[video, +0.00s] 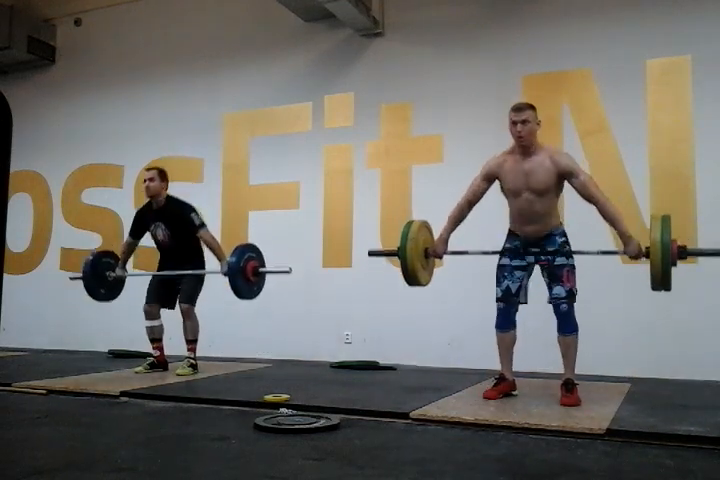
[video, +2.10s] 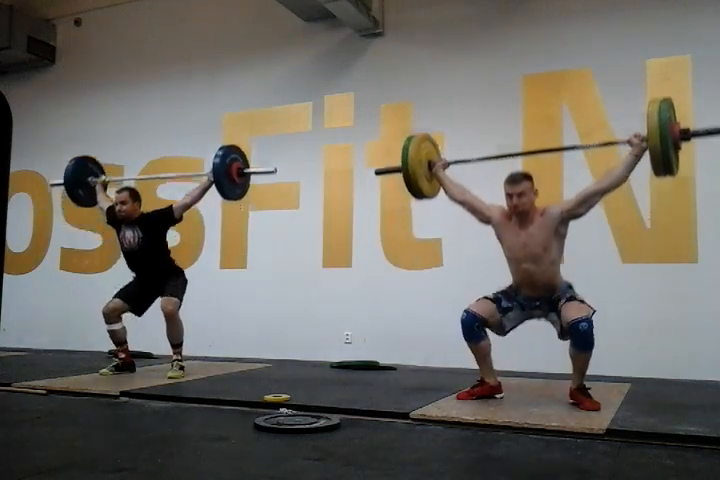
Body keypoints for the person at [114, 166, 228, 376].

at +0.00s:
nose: (146, 184)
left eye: (151, 180)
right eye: (144, 181)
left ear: (164, 184)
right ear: (143, 186)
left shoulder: (183, 209)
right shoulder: (144, 214)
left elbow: (205, 235)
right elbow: (131, 242)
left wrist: (223, 260)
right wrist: (121, 265)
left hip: (193, 265)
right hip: (167, 265)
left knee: (186, 306)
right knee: (150, 308)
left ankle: (191, 360)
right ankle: (159, 359)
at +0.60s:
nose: (169, 163)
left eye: (175, 161)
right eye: (168, 161)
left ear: (185, 170)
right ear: (164, 168)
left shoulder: (191, 193)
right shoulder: (153, 195)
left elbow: (207, 214)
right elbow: (133, 220)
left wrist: (213, 235)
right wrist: (112, 241)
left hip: (175, 256)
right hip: (150, 257)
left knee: (176, 304)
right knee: (144, 304)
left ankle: (188, 356)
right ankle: (157, 355)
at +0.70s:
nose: (176, 159)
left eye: (182, 157)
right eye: (174, 157)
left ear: (192, 165)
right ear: (172, 165)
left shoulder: (196, 183)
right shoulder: (159, 187)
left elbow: (212, 197)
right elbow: (134, 204)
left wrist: (220, 211)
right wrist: (109, 213)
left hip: (174, 243)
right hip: (149, 243)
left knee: (177, 294)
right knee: (138, 295)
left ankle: (187, 346)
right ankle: (150, 343)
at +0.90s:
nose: (156, 190)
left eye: (161, 187)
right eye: (155, 187)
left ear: (172, 190)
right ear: (153, 191)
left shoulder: (184, 209)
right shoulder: (148, 211)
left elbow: (206, 203)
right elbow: (122, 207)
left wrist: (205, 180)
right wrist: (102, 188)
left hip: (176, 276)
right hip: (152, 277)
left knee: (170, 309)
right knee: (114, 310)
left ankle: (178, 362)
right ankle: (125, 360)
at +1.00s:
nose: (139, 211)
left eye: (144, 207)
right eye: (138, 207)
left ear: (156, 208)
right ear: (136, 209)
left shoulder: (170, 225)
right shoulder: (134, 227)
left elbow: (191, 206)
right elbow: (110, 210)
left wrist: (201, 181)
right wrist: (96, 189)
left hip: (173, 289)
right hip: (148, 291)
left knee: (169, 313)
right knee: (107, 315)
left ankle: (177, 361)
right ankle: (124, 361)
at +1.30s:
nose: (115, 235)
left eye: (120, 231)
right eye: (114, 231)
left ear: (134, 233)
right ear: (112, 234)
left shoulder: (152, 248)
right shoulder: (115, 250)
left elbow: (183, 229)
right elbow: (99, 231)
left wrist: (203, 205)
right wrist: (92, 213)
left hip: (163, 305)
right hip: (138, 308)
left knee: (167, 316)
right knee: (98, 322)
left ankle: (176, 361)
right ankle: (123, 361)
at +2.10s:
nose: (119, 208)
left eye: (123, 203)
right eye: (117, 205)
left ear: (137, 204)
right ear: (115, 207)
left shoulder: (155, 220)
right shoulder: (118, 222)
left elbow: (186, 202)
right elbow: (103, 203)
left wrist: (211, 179)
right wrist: (98, 186)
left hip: (169, 276)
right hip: (144, 280)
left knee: (169, 309)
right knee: (110, 311)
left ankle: (177, 361)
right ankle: (124, 360)